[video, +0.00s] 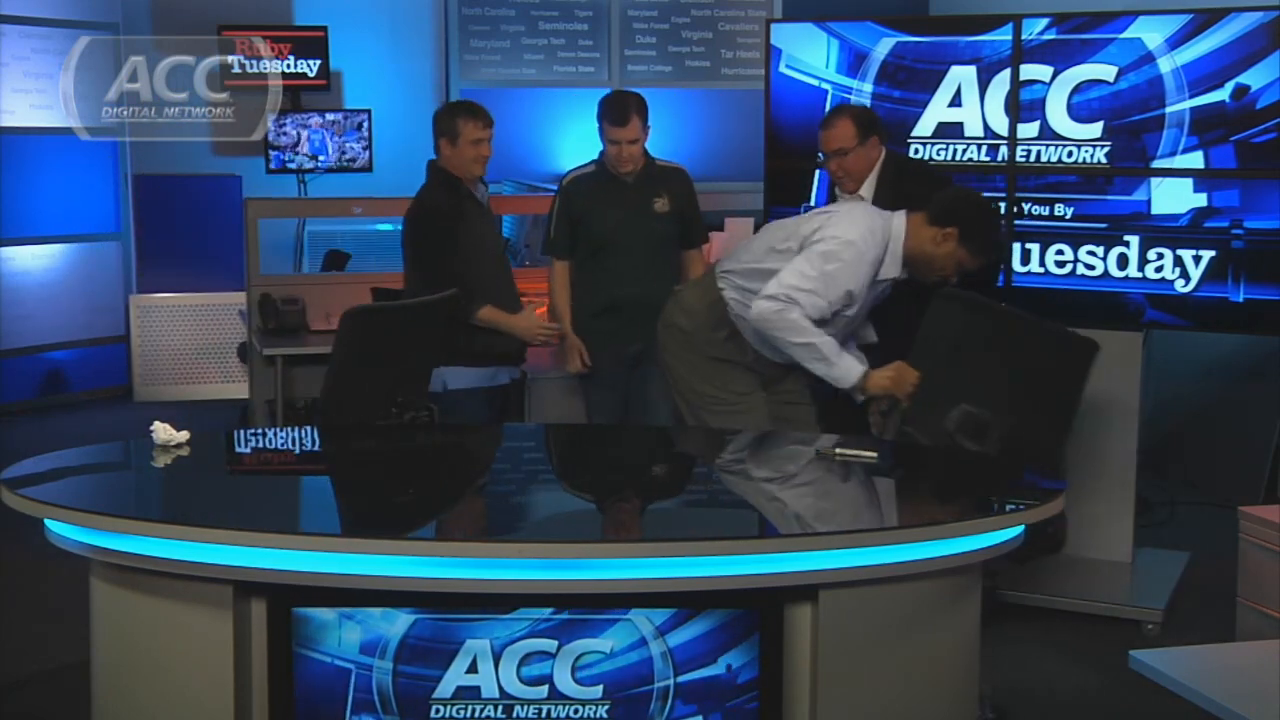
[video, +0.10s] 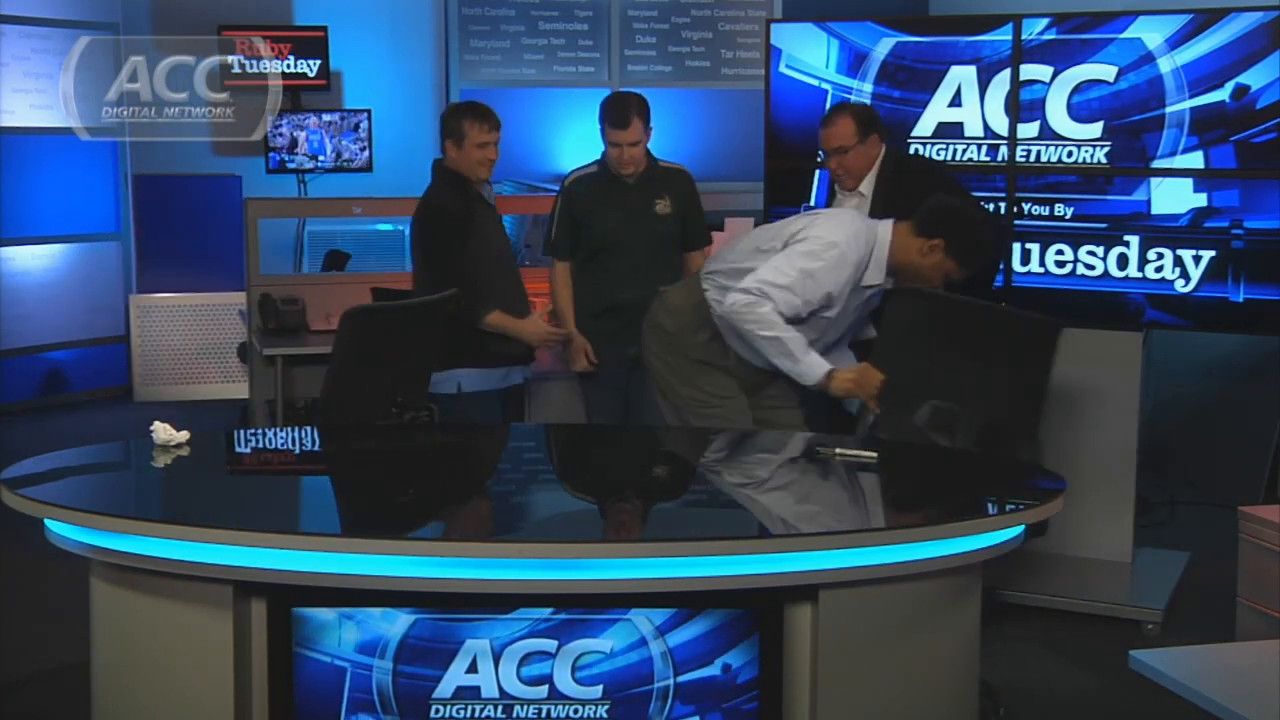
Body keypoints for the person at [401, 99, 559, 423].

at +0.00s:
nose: (486, 152)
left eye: (488, 142)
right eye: (476, 143)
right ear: (446, 147)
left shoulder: (472, 199)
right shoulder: (433, 205)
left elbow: (485, 280)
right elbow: (443, 295)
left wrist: (520, 316)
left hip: (493, 364)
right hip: (459, 369)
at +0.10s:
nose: (493, 155)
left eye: (495, 145)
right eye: (482, 146)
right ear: (452, 149)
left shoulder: (474, 198)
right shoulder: (442, 204)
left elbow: (490, 281)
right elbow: (454, 297)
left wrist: (527, 318)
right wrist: (520, 329)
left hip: (496, 369)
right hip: (465, 375)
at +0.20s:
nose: (497, 156)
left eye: (500, 146)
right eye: (486, 148)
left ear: (505, 144)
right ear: (457, 149)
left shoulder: (478, 199)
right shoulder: (447, 205)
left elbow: (489, 284)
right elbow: (456, 296)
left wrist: (528, 324)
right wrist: (519, 333)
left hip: (498, 372)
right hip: (469, 379)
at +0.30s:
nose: (500, 158)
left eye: (504, 148)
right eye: (489, 150)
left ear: (509, 146)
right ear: (459, 151)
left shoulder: (482, 201)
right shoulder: (451, 208)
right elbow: (457, 302)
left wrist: (524, 333)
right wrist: (516, 339)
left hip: (500, 378)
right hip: (471, 384)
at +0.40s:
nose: (502, 160)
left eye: (506, 150)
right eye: (491, 152)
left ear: (511, 147)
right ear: (461, 151)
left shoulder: (485, 202)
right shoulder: (452, 209)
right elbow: (451, 304)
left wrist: (521, 341)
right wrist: (508, 345)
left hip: (501, 381)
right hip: (471, 385)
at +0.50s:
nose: (502, 161)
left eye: (507, 151)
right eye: (491, 153)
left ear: (512, 147)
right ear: (462, 152)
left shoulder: (486, 204)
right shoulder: (451, 210)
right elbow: (443, 305)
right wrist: (500, 352)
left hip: (499, 384)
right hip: (471, 388)